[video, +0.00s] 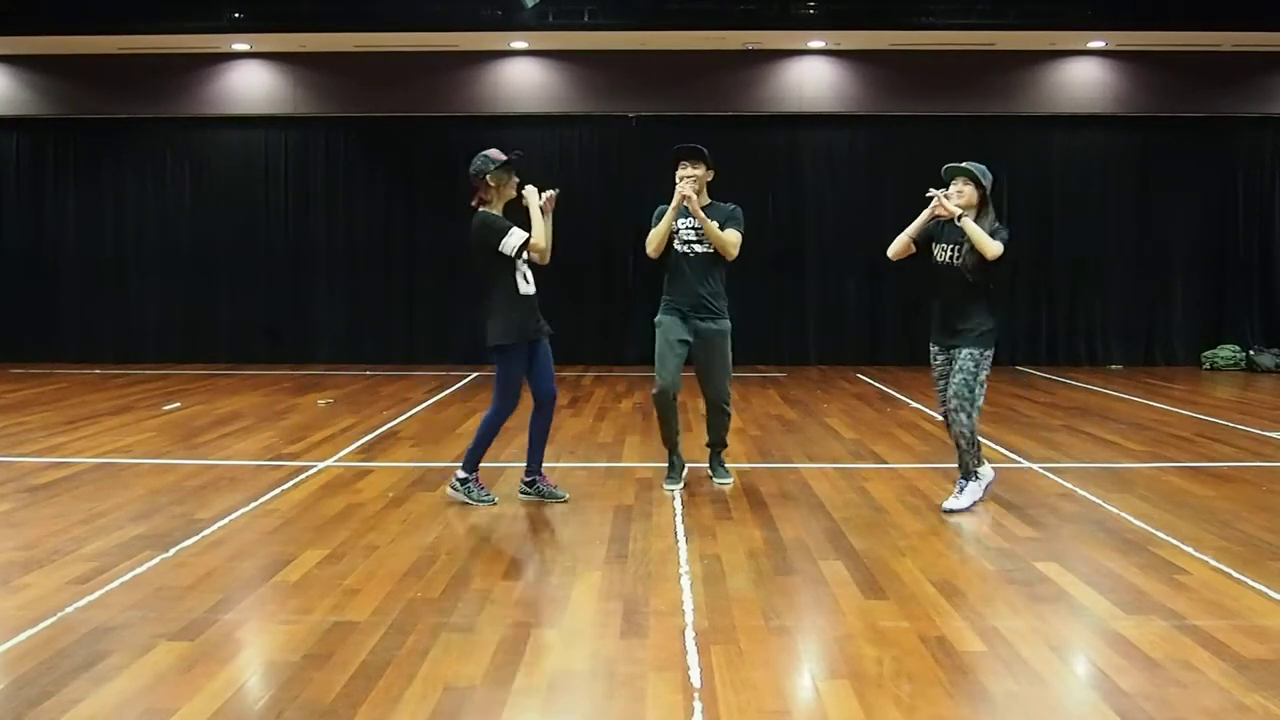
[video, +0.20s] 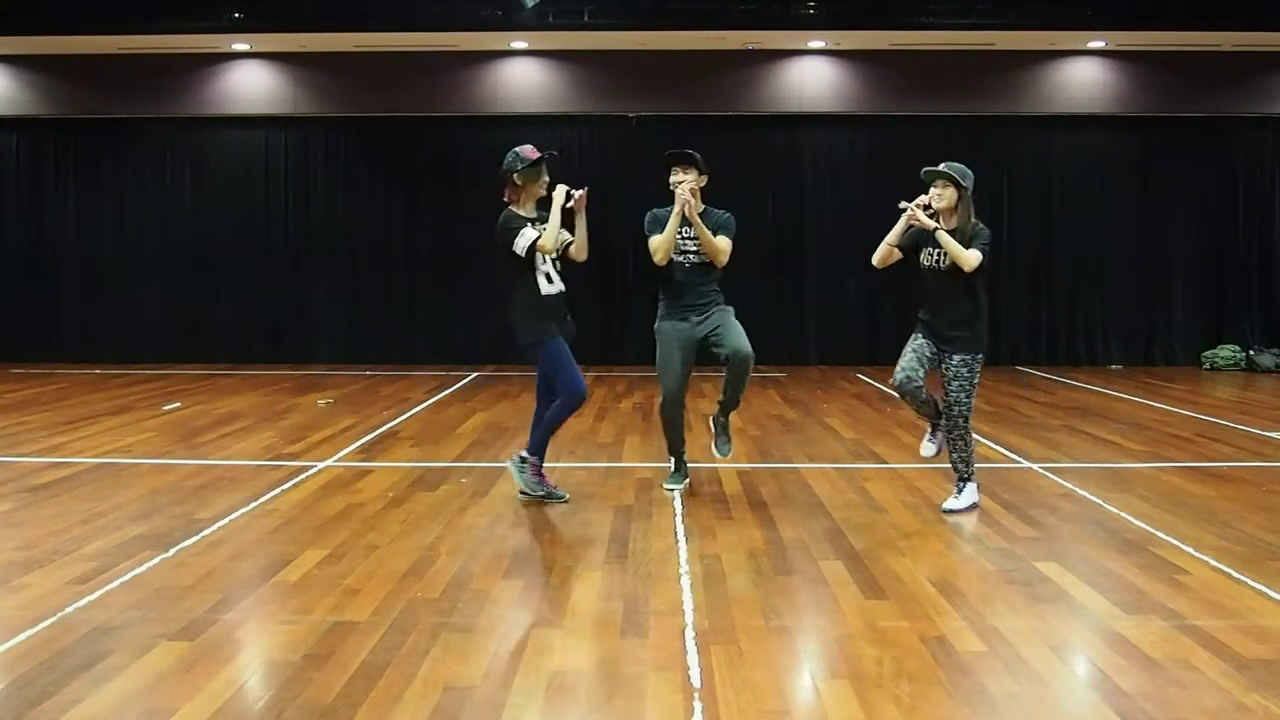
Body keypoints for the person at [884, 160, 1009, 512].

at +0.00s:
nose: (955, 190)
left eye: (964, 185)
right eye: (953, 185)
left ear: (981, 194)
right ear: (947, 192)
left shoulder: (994, 229)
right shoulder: (938, 226)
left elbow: (992, 252)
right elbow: (895, 253)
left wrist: (959, 217)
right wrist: (926, 215)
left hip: (976, 333)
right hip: (941, 332)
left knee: (959, 404)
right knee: (948, 409)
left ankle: (968, 479)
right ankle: (979, 467)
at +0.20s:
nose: (935, 192)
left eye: (944, 187)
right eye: (933, 187)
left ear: (961, 193)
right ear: (930, 194)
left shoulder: (977, 232)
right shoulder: (923, 233)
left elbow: (970, 262)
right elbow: (880, 261)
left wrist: (933, 227)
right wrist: (904, 223)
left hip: (965, 338)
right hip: (928, 330)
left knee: (957, 419)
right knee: (905, 381)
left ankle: (966, 485)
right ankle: (939, 422)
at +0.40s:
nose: (921, 176)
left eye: (930, 173)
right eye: (920, 172)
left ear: (948, 184)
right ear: (916, 185)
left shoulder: (959, 222)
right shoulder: (906, 220)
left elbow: (944, 242)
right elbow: (855, 246)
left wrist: (914, 205)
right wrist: (884, 209)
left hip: (949, 331)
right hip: (910, 327)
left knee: (953, 406)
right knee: (892, 393)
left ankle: (963, 480)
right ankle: (911, 469)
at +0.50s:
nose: (909, 190)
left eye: (918, 185)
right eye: (908, 184)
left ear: (938, 192)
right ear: (906, 193)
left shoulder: (952, 233)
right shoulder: (897, 231)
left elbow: (931, 261)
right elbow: (850, 260)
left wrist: (902, 220)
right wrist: (877, 220)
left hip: (934, 339)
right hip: (897, 338)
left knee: (919, 415)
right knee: (896, 419)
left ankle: (953, 470)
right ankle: (914, 492)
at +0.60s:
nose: (901, 197)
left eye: (910, 191)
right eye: (898, 191)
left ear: (928, 197)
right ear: (894, 198)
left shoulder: (944, 240)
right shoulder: (888, 237)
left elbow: (931, 271)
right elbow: (842, 267)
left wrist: (898, 231)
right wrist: (868, 228)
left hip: (922, 342)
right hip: (886, 341)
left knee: (884, 403)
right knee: (888, 423)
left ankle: (929, 444)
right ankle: (915, 494)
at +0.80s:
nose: (889, 171)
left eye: (898, 168)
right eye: (886, 166)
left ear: (913, 181)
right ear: (877, 175)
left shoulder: (918, 215)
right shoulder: (864, 214)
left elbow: (928, 240)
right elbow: (813, 240)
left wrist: (891, 203)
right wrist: (847, 202)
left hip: (905, 322)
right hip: (872, 322)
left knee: (857, 382)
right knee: (893, 406)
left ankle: (884, 458)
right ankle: (914, 486)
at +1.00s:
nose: (858, 192)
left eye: (867, 186)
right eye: (856, 186)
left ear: (887, 191)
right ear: (851, 192)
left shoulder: (901, 234)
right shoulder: (846, 232)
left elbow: (894, 262)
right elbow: (801, 264)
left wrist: (863, 220)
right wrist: (826, 219)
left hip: (877, 345)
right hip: (843, 342)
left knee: (860, 425)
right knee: (837, 426)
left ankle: (865, 506)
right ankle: (892, 469)